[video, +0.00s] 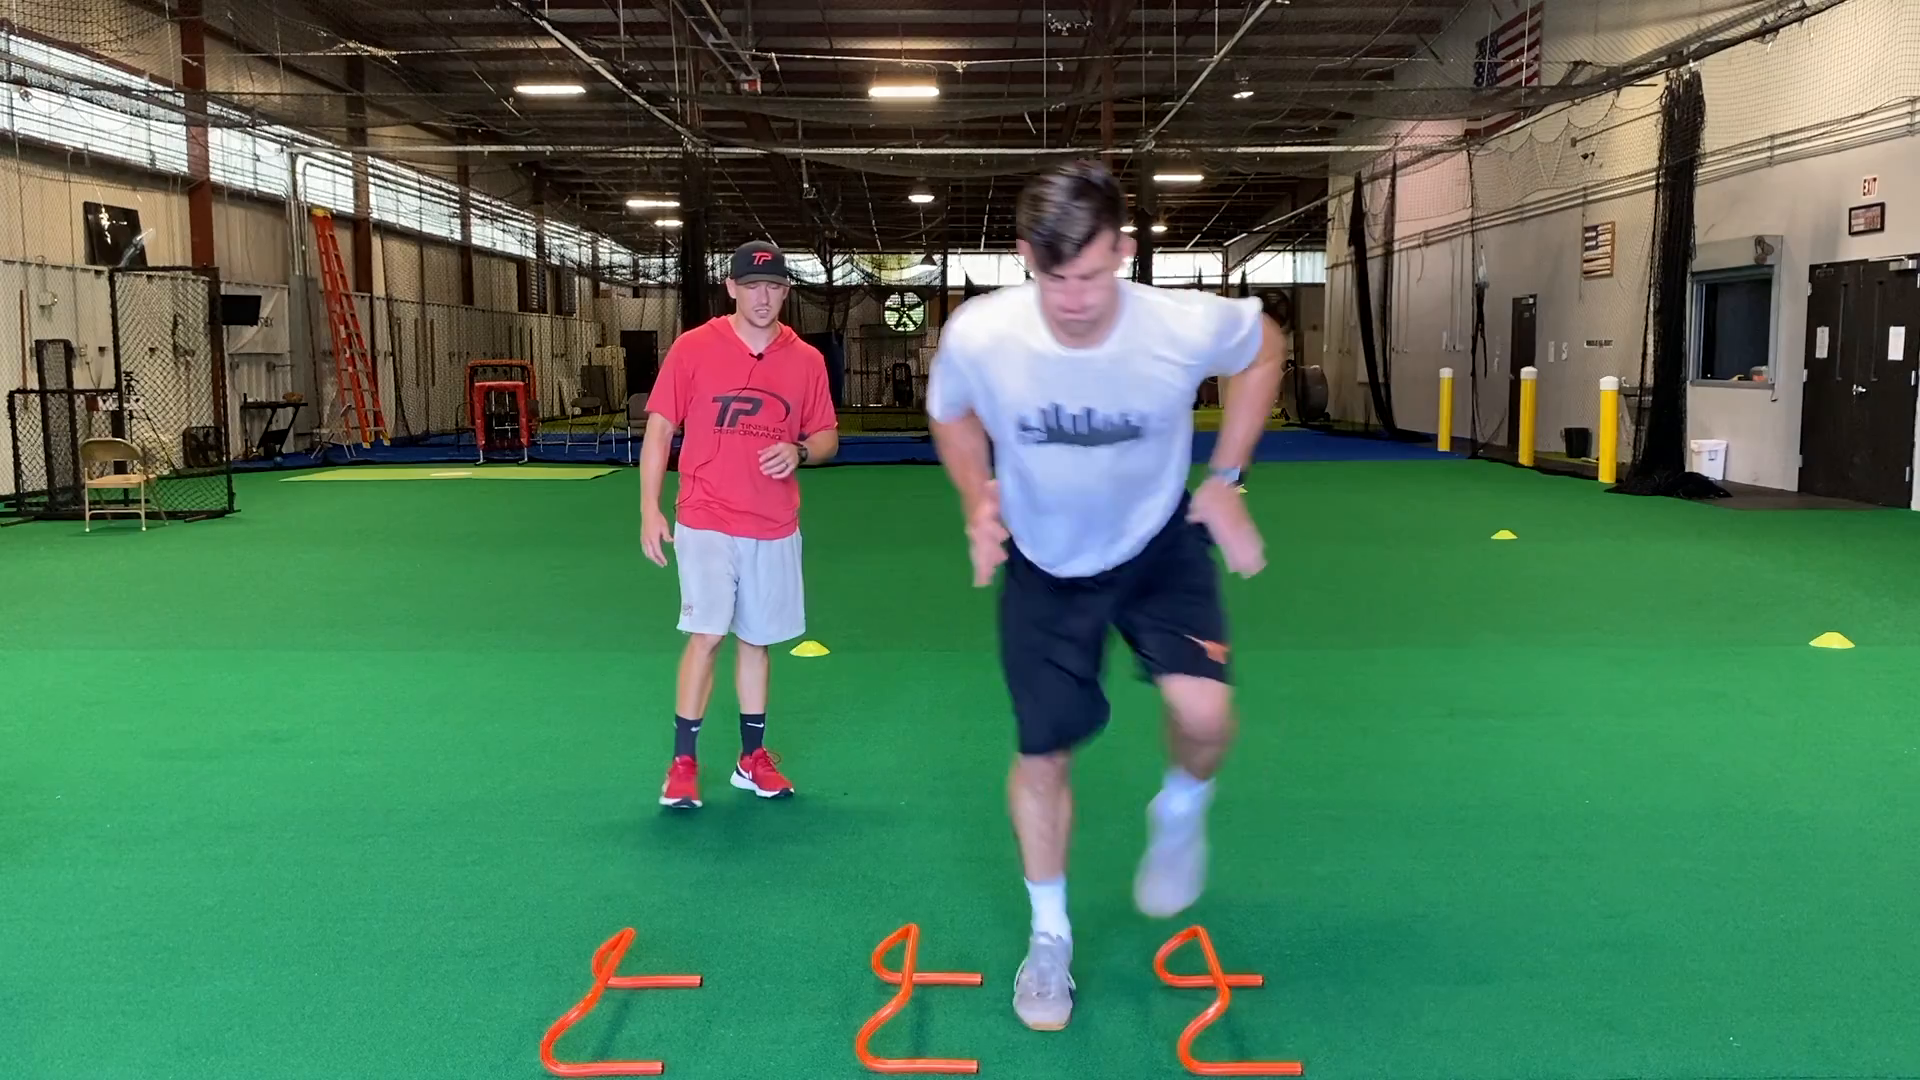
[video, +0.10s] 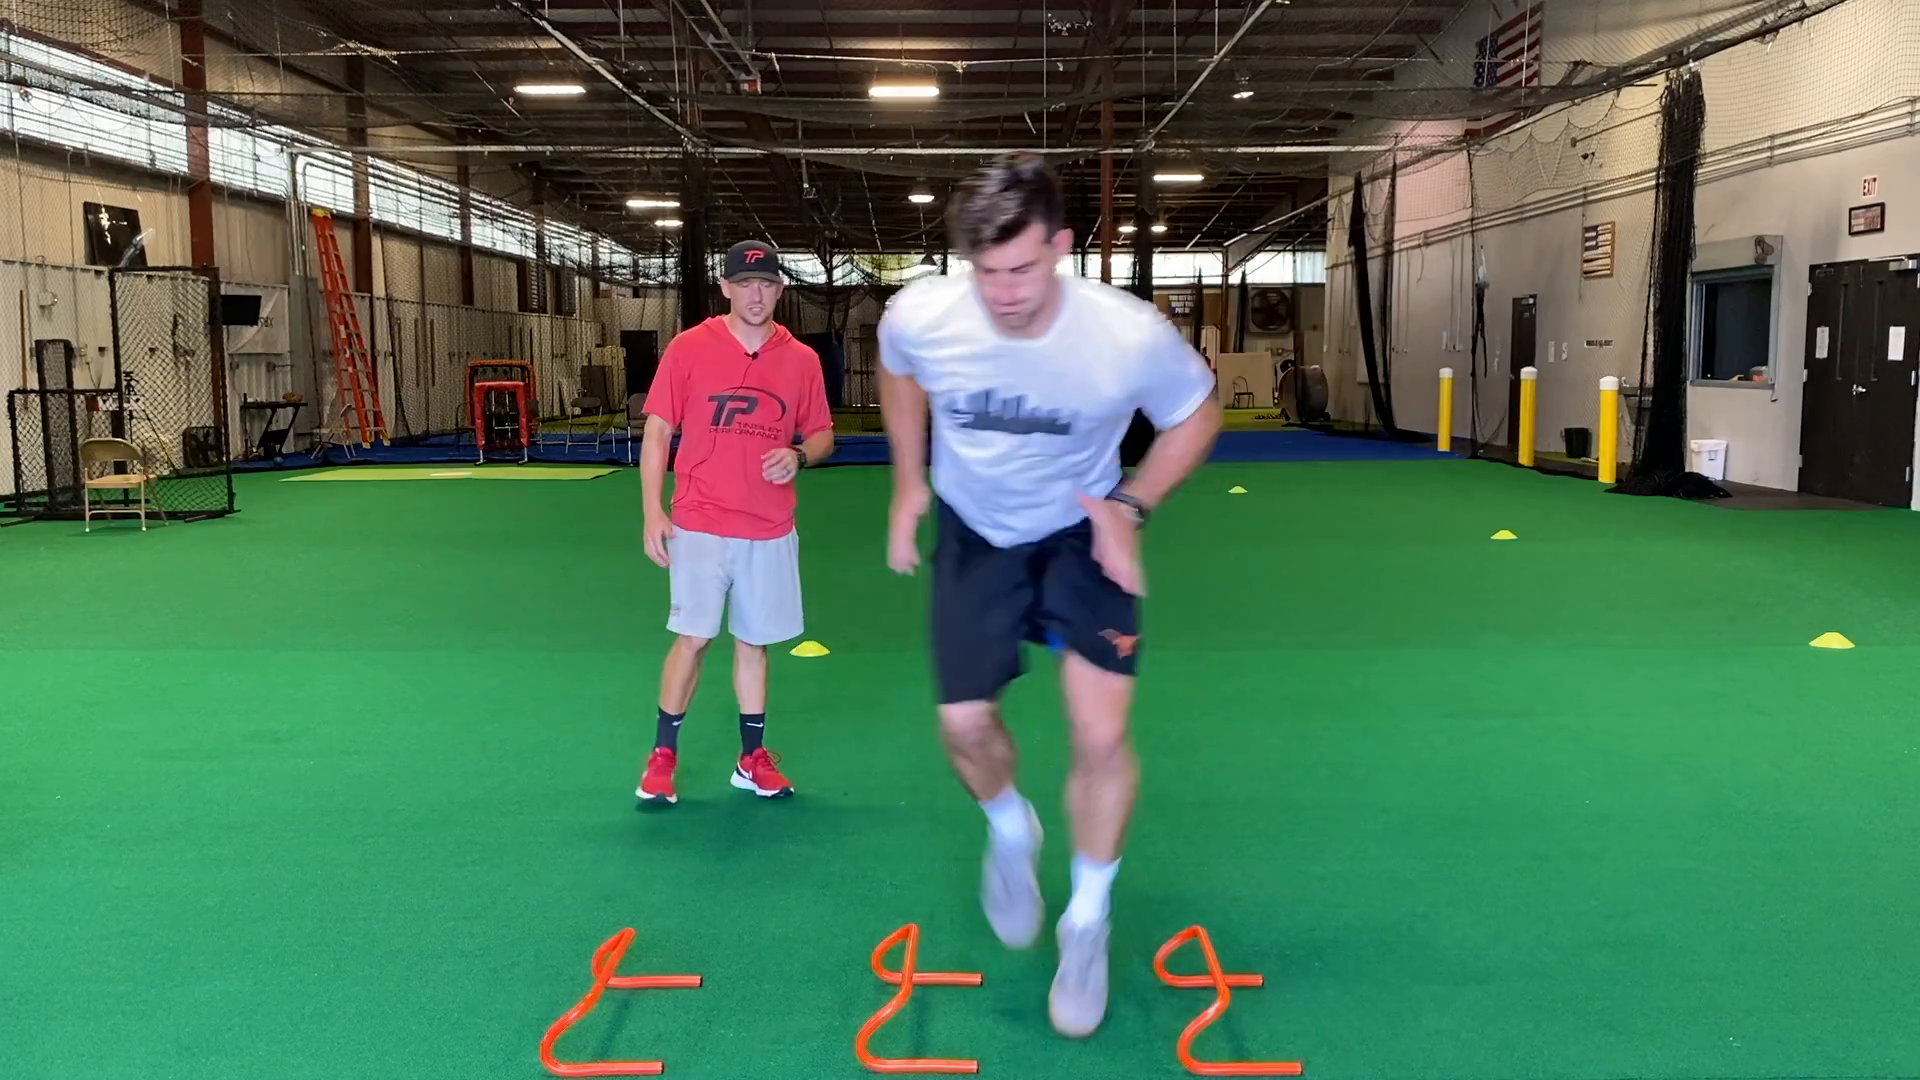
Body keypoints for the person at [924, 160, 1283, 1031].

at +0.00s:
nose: (1073, 296)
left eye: (1090, 276)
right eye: (1056, 278)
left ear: (1123, 251)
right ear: (1027, 260)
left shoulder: (1181, 324)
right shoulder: (978, 334)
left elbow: (1262, 347)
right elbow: (948, 408)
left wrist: (1224, 476)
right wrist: (978, 498)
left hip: (1159, 546)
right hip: (1042, 565)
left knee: (1205, 714)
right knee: (1041, 753)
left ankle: (1180, 814)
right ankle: (1048, 935)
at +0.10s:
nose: (1006, 289)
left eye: (1023, 269)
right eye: (989, 271)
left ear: (1062, 249)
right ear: (966, 259)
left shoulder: (1127, 334)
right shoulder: (921, 316)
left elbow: (1199, 411)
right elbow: (897, 368)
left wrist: (1132, 504)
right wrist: (910, 482)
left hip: (1087, 527)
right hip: (971, 527)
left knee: (1101, 737)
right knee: (964, 722)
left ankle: (1087, 920)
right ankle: (1012, 831)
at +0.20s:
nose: (931, 295)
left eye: (949, 277)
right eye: (916, 277)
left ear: (988, 260)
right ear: (895, 267)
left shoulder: (1054, 348)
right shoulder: (855, 323)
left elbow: (1137, 428)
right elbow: (837, 360)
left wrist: (1060, 489)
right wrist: (846, 460)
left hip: (1025, 566)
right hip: (904, 550)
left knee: (1050, 762)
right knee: (850, 706)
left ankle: (1064, 944)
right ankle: (892, 800)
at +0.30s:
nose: (857, 295)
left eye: (873, 273)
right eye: (840, 275)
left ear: (914, 257)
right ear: (819, 266)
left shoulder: (983, 332)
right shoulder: (778, 334)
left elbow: (1075, 377)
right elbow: (774, 409)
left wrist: (1041, 505)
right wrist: (783, 521)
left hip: (966, 552)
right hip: (844, 559)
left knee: (1002, 727)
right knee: (808, 743)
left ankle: (1030, 876)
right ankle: (779, 920)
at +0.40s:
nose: (792, 303)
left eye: (808, 283)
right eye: (775, 284)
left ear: (847, 267)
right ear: (753, 276)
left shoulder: (915, 343)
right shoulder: (712, 346)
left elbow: (1015, 362)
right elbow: (700, 430)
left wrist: (990, 494)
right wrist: (720, 526)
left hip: (894, 546)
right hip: (781, 564)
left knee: (916, 702)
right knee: (769, 768)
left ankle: (902, 816)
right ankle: (773, 942)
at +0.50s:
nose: (719, 304)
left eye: (737, 282)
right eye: (702, 285)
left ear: (783, 263)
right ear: (683, 276)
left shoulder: (860, 351)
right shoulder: (658, 333)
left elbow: (939, 423)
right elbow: (659, 403)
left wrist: (874, 540)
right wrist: (664, 507)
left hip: (826, 556)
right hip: (716, 551)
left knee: (810, 737)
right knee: (681, 722)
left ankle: (804, 928)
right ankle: (738, 870)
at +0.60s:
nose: (656, 322)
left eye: (674, 301)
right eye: (640, 303)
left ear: (720, 285)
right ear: (622, 295)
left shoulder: (801, 378)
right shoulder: (605, 342)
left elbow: (879, 479)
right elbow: (610, 404)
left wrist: (781, 527)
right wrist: (615, 484)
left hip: (772, 584)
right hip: (656, 562)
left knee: (757, 772)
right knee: (581, 701)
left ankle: (781, 958)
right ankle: (646, 788)